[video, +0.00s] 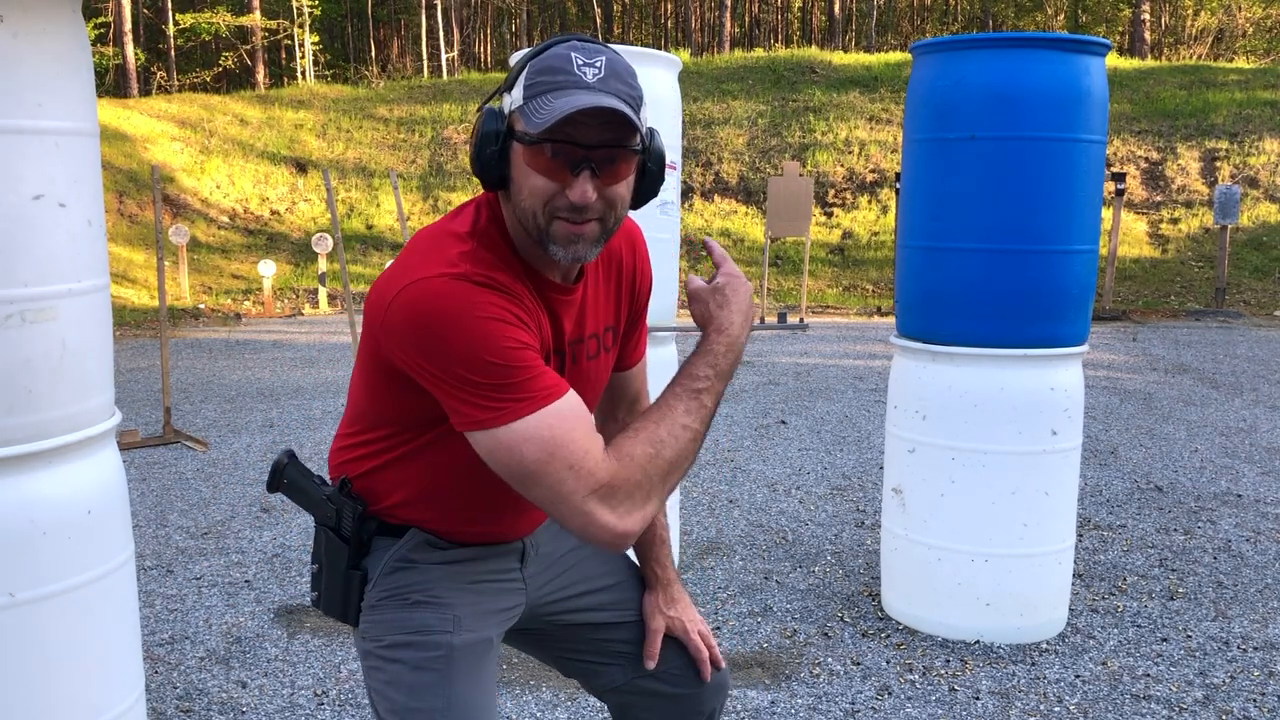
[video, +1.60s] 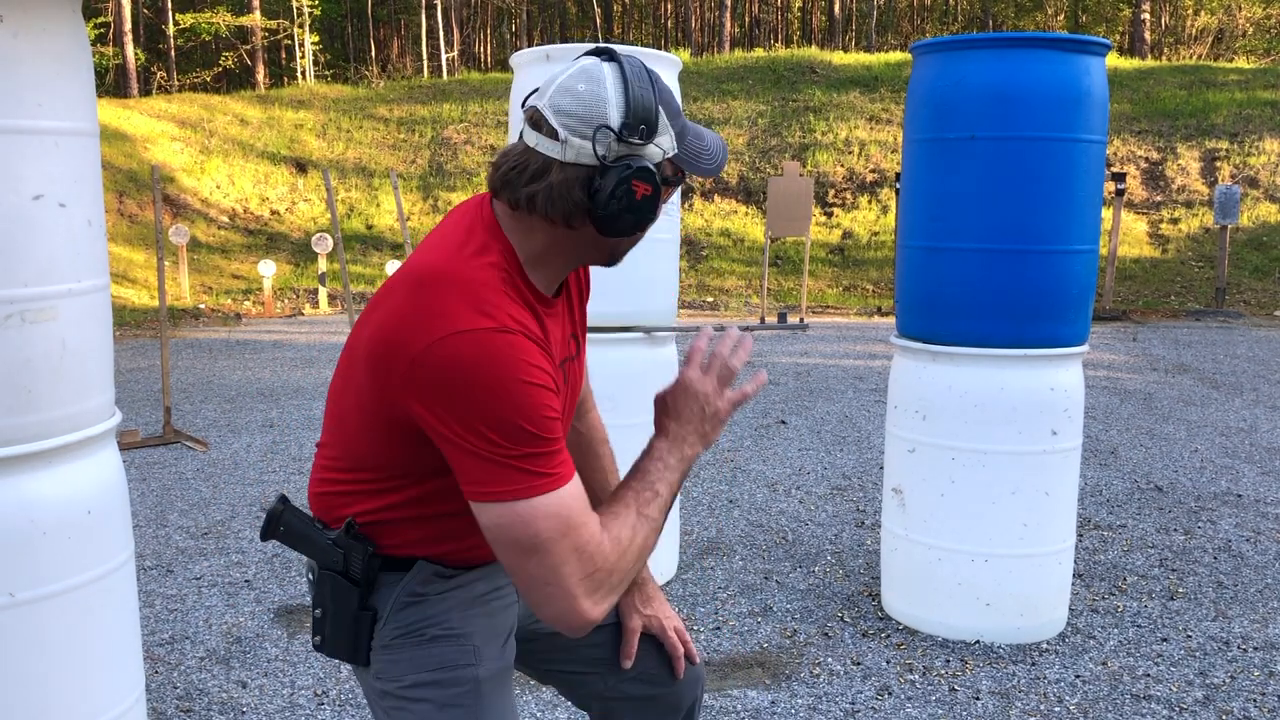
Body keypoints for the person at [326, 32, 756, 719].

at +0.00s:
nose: (583, 190)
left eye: (610, 157)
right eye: (557, 154)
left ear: (639, 165)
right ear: (503, 154)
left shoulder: (622, 252)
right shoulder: (445, 296)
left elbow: (626, 420)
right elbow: (610, 509)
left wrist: (661, 574)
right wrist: (722, 343)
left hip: (550, 537)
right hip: (426, 562)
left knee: (690, 686)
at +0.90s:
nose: (601, 201)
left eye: (628, 170)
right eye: (576, 164)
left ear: (658, 177)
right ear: (520, 159)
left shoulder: (642, 259)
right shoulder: (456, 300)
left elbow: (652, 422)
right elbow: (573, 539)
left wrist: (677, 583)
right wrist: (707, 400)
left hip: (554, 530)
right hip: (432, 554)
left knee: (701, 689)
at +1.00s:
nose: (609, 192)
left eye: (635, 162)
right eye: (584, 157)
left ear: (663, 170)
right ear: (527, 153)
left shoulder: (647, 255)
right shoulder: (461, 300)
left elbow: (653, 410)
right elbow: (497, 566)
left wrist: (678, 581)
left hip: (549, 515)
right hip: (426, 541)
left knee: (699, 690)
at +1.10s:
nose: (611, 186)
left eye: (636, 156)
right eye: (586, 151)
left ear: (664, 166)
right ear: (528, 148)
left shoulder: (649, 252)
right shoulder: (457, 298)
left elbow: (654, 408)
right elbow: (431, 561)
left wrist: (682, 582)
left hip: (560, 527)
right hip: (438, 559)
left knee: (707, 687)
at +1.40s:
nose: (676, 194)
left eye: (678, 170)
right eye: (660, 169)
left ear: (584, 174)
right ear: (582, 170)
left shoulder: (601, 259)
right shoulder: (439, 317)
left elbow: (620, 413)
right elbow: (436, 591)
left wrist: (665, 574)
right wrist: (644, 606)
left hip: (537, 531)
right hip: (428, 569)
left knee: (694, 682)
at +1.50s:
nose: (671, 204)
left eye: (674, 186)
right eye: (669, 186)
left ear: (616, 191)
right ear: (619, 193)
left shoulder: (570, 256)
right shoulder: (457, 328)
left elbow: (595, 419)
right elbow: (510, 605)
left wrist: (647, 573)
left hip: (518, 518)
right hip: (411, 562)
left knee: (674, 685)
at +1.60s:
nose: (665, 204)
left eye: (668, 187)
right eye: (663, 187)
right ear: (620, 196)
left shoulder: (543, 248)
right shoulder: (476, 335)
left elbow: (576, 415)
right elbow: (577, 596)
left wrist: (628, 571)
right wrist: (677, 441)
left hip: (513, 545)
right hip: (421, 582)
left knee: (662, 684)